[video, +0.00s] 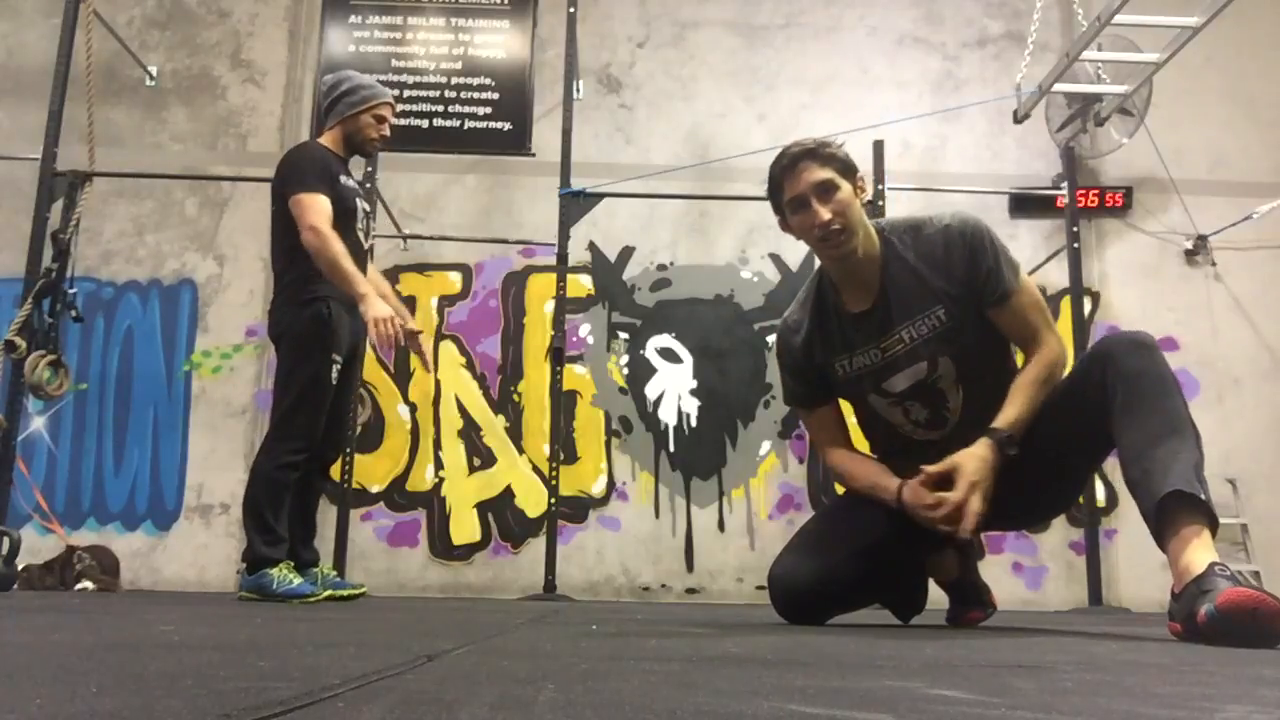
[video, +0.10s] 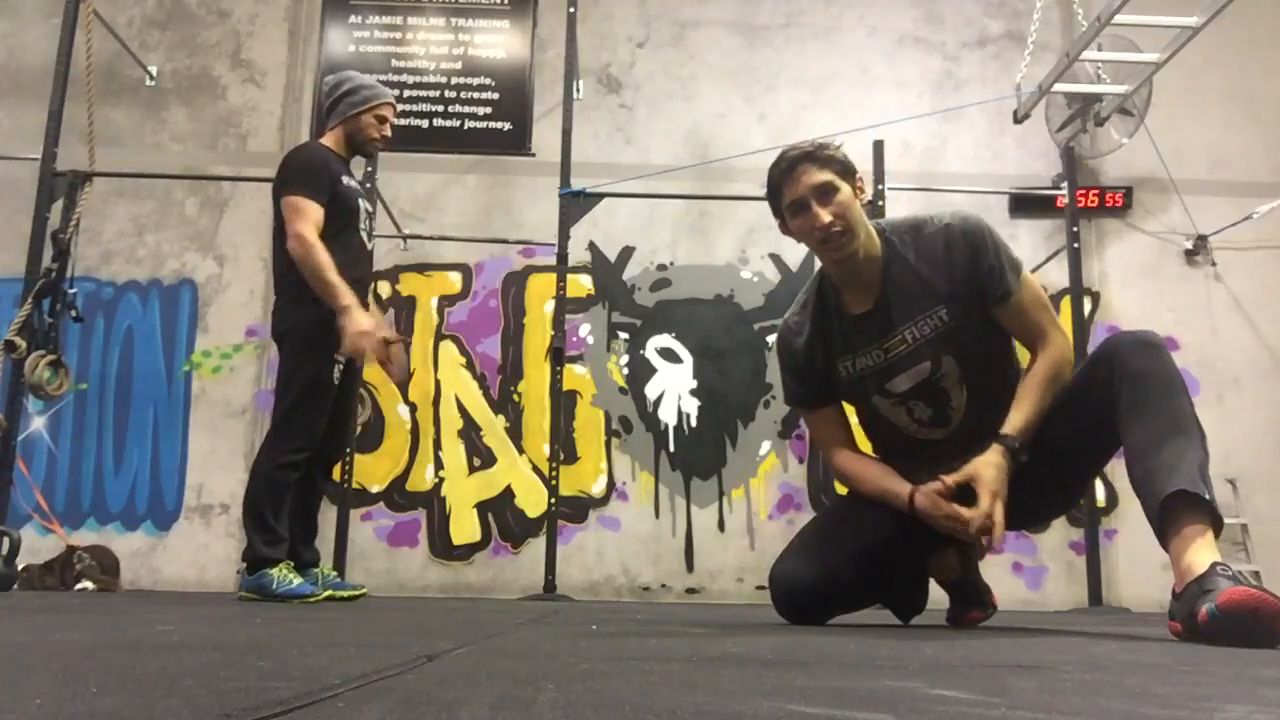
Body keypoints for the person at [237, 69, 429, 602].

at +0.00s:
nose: (386, 131)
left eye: (389, 122)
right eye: (378, 119)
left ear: (360, 120)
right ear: (344, 115)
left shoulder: (344, 176)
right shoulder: (307, 159)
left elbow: (359, 260)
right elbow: (315, 234)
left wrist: (397, 308)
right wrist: (365, 295)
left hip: (342, 319)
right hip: (311, 316)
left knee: (320, 445)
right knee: (291, 440)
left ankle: (301, 564)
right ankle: (263, 566)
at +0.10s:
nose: (388, 130)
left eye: (391, 121)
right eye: (380, 118)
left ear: (361, 123)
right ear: (348, 115)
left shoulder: (343, 175)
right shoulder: (310, 160)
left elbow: (347, 263)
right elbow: (300, 239)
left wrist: (372, 328)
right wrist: (349, 307)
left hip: (336, 327)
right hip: (309, 325)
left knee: (322, 445)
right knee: (293, 439)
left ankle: (302, 563)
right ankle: (263, 566)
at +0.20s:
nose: (388, 129)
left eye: (391, 121)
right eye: (381, 118)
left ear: (362, 123)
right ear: (349, 115)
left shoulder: (348, 174)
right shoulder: (310, 159)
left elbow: (346, 260)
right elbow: (295, 240)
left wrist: (357, 328)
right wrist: (332, 315)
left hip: (345, 328)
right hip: (312, 325)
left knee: (322, 451)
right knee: (293, 442)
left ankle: (302, 563)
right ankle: (262, 566)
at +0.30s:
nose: (388, 130)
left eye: (391, 121)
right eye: (380, 119)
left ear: (366, 123)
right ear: (348, 116)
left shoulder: (350, 174)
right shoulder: (310, 159)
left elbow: (350, 255)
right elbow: (300, 237)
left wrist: (369, 312)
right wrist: (334, 309)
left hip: (344, 327)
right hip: (313, 323)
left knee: (322, 451)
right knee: (293, 442)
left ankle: (302, 563)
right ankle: (262, 566)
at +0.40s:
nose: (387, 129)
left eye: (390, 121)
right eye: (379, 118)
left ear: (369, 123)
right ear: (347, 116)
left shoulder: (351, 175)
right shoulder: (310, 160)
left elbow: (354, 262)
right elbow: (306, 237)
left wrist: (381, 320)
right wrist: (335, 311)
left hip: (345, 328)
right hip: (314, 324)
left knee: (323, 451)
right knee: (292, 442)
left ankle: (302, 563)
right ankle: (262, 565)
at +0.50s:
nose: (387, 130)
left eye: (389, 121)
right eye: (379, 119)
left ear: (367, 123)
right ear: (347, 115)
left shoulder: (349, 176)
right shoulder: (309, 160)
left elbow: (358, 263)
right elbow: (308, 236)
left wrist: (392, 323)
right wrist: (336, 310)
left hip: (347, 325)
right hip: (314, 321)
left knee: (324, 448)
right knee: (293, 440)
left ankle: (303, 563)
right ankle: (263, 566)